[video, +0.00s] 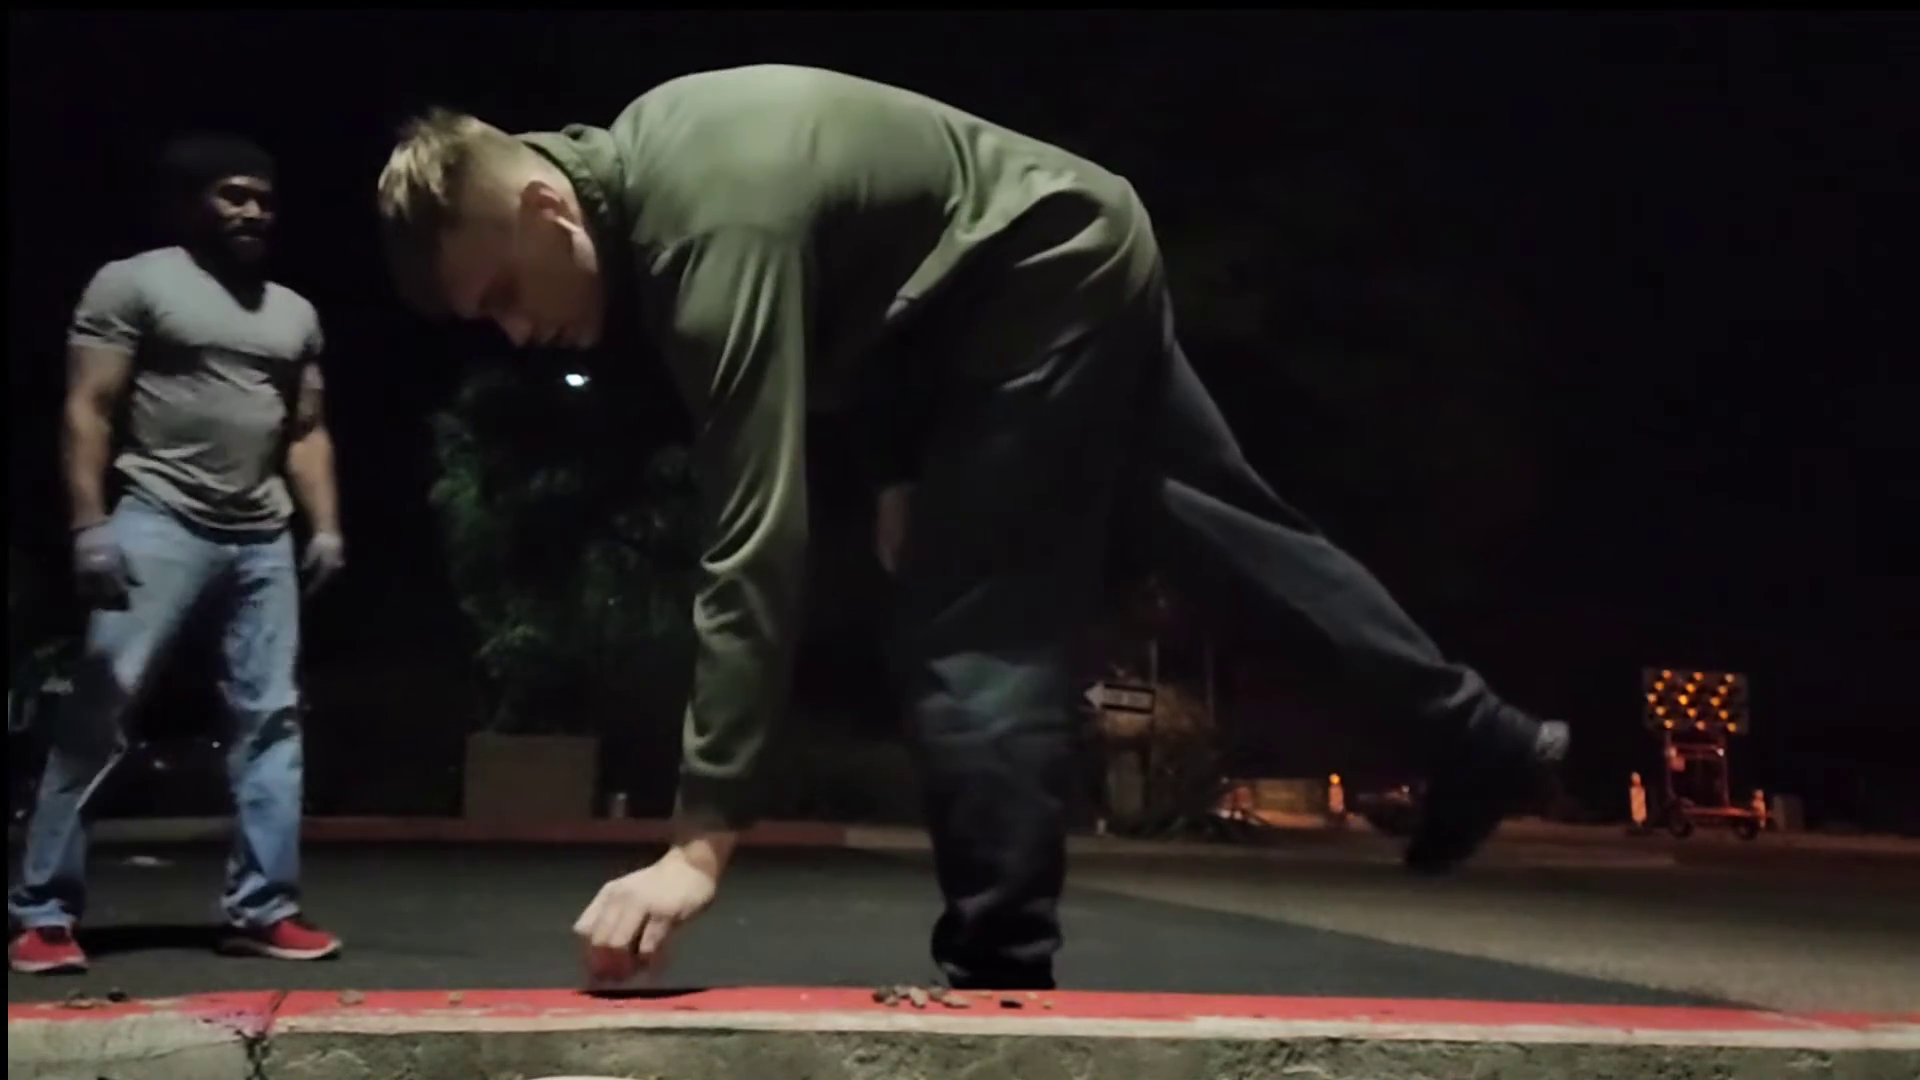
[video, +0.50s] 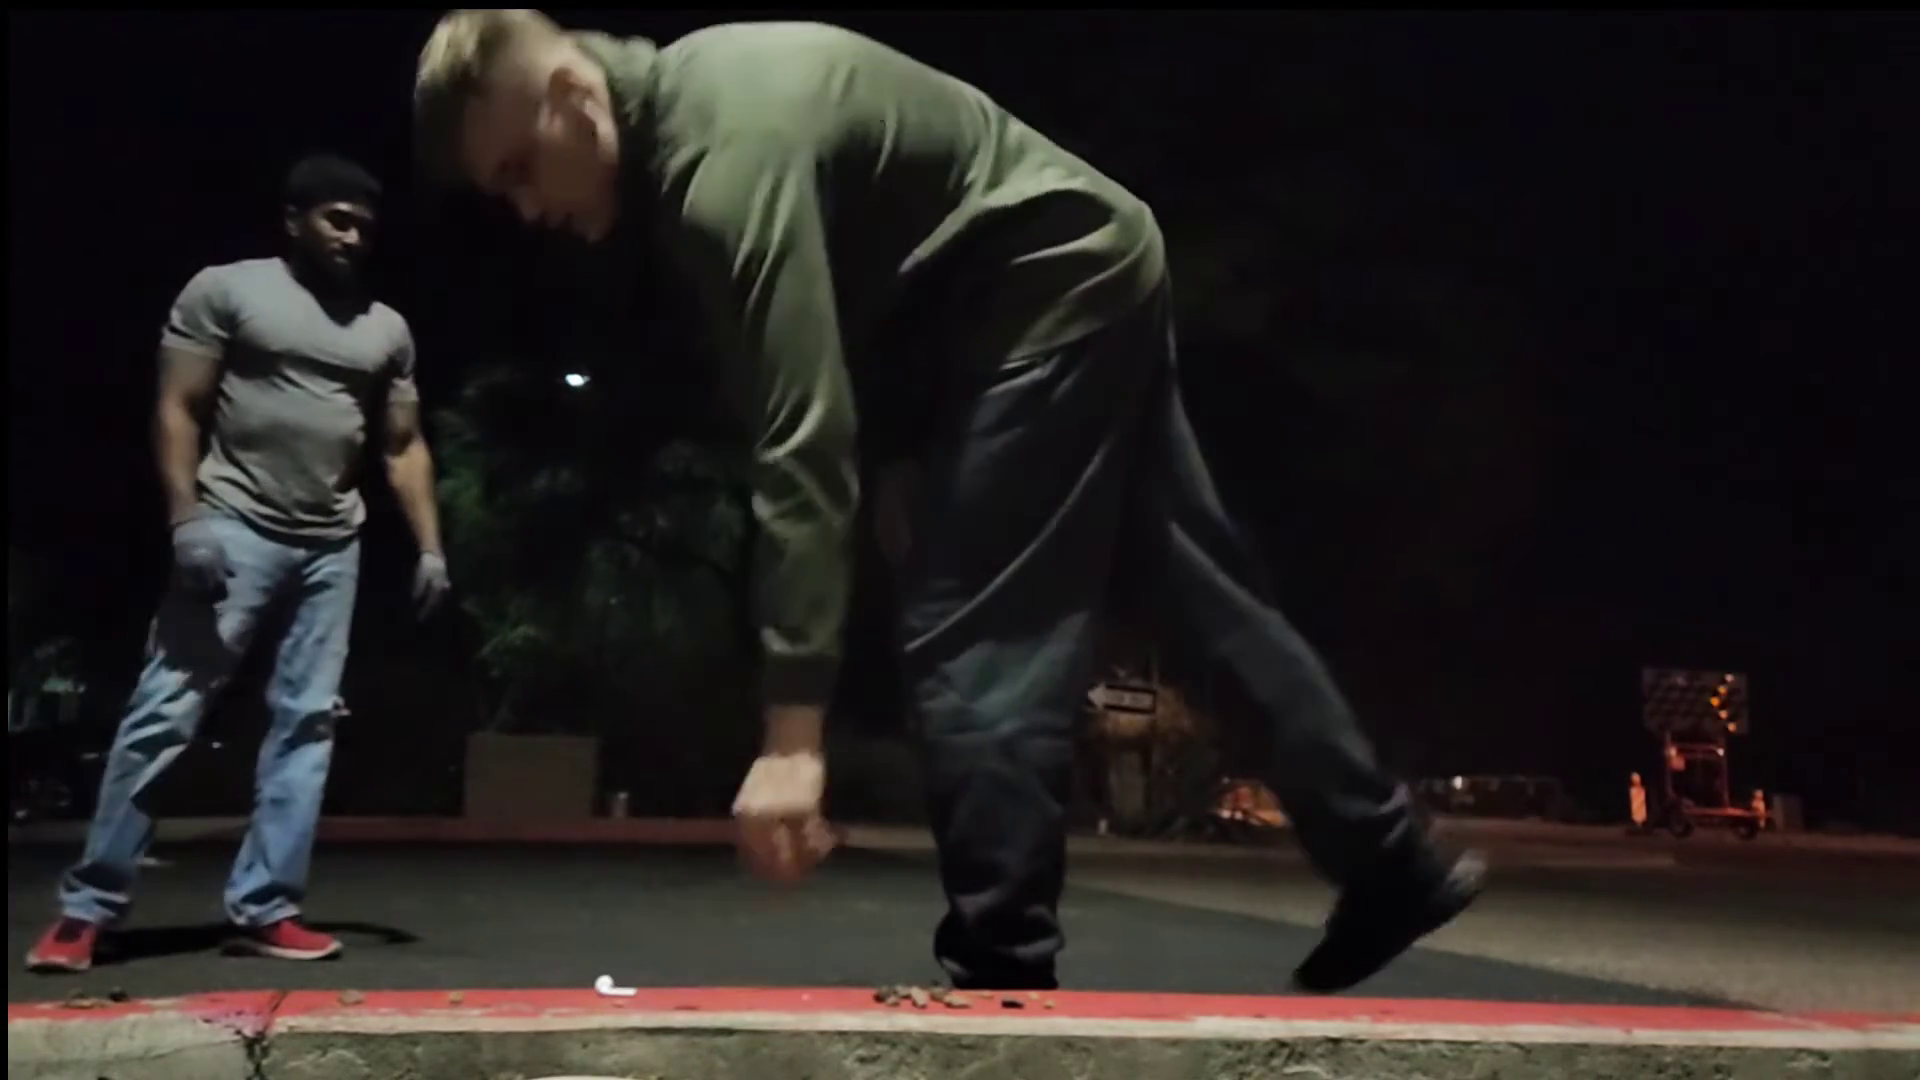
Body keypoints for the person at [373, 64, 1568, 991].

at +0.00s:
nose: (518, 334)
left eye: (505, 299)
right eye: (489, 320)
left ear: (551, 207)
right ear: (540, 205)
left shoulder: (724, 231)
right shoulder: (648, 158)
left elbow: (751, 551)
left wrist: (696, 847)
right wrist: (886, 474)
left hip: (1044, 275)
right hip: (1068, 243)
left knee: (979, 621)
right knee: (1221, 531)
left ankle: (994, 970)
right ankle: (1474, 739)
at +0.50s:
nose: (523, 210)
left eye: (515, 174)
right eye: (500, 192)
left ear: (576, 100)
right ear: (575, 97)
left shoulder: (732, 155)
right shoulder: (689, 100)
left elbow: (804, 449)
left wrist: (790, 739)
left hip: (1050, 292)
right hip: (1088, 266)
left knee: (973, 631)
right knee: (1191, 588)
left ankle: (1002, 954)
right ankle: (1389, 859)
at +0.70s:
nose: (564, 121)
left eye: (560, 82)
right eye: (541, 104)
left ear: (623, 24)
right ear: (628, 27)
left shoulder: (764, 91)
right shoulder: (747, 68)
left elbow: (840, 361)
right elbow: (830, 358)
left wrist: (826, 637)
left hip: (1059, 297)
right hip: (1105, 279)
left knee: (961, 637)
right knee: (1160, 629)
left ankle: (1001, 962)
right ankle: (1281, 933)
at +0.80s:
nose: (596, 90)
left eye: (593, 54)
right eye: (575, 73)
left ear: (655, 9)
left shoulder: (787, 70)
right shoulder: (774, 66)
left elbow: (848, 326)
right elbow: (832, 329)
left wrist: (836, 599)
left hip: (1057, 307)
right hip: (1108, 293)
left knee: (964, 639)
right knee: (1142, 639)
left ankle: (1003, 972)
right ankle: (1215, 956)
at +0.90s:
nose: (645, 77)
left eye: (641, 44)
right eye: (627, 59)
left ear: (699, 6)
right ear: (706, 14)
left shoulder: (822, 50)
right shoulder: (817, 45)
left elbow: (867, 289)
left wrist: (848, 544)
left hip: (1060, 318)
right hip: (1112, 306)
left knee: (969, 636)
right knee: (1098, 643)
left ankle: (1002, 967)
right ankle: (1163, 953)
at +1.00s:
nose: (695, 66)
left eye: (687, 38)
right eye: (680, 49)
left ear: (738, 5)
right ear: (737, 15)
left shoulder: (861, 36)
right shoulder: (858, 38)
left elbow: (901, 257)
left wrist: (875, 501)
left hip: (1069, 339)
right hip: (1105, 335)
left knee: (998, 648)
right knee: (1071, 664)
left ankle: (1000, 967)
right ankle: (1130, 974)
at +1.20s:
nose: (807, 50)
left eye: (807, 26)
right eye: (796, 37)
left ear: (854, 4)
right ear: (844, 24)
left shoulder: (967, 35)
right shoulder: (941, 55)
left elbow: (1025, 225)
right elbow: (1022, 234)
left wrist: (984, 423)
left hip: (1121, 366)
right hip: (1082, 375)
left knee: (1070, 652)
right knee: (1056, 653)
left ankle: (1011, 943)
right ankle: (1123, 959)